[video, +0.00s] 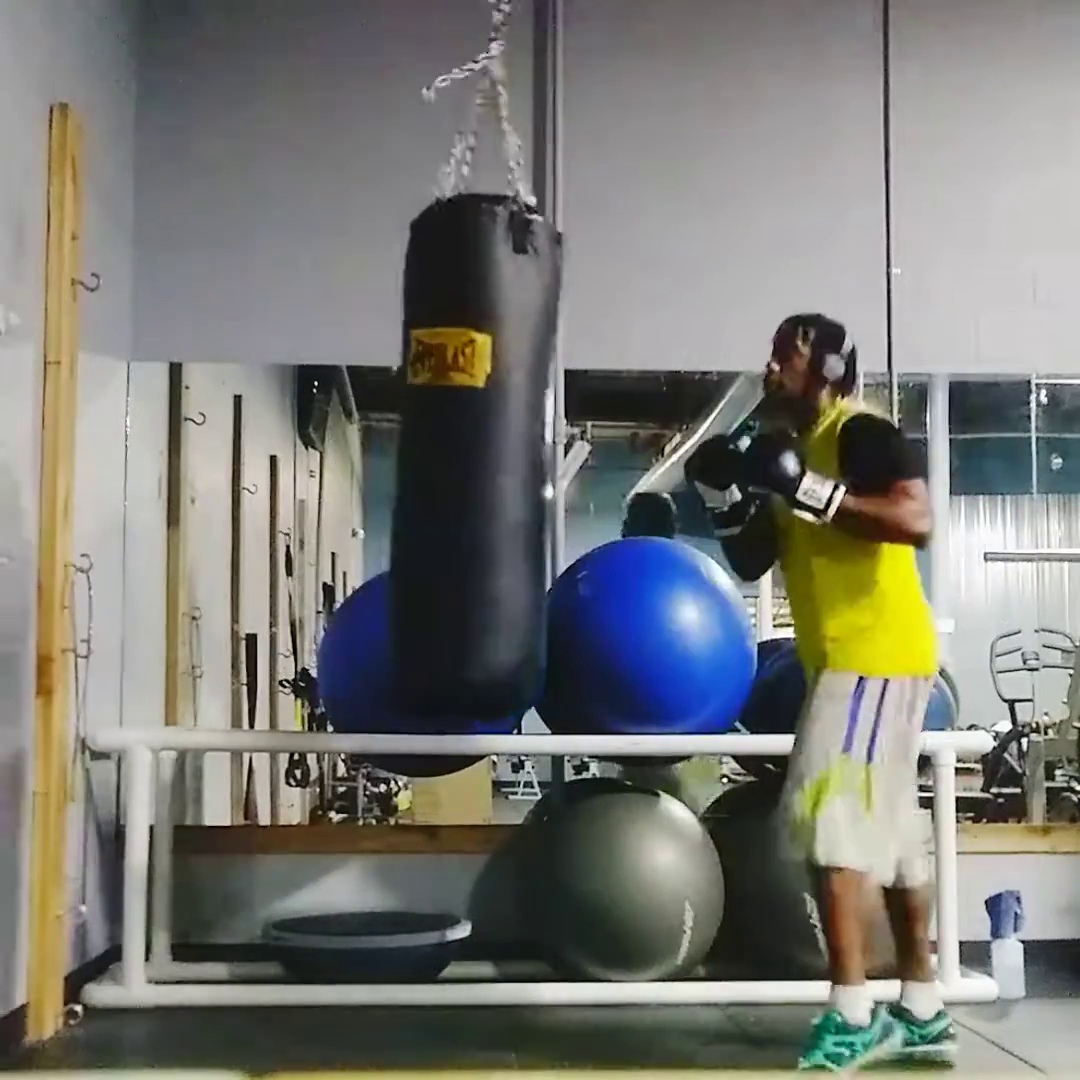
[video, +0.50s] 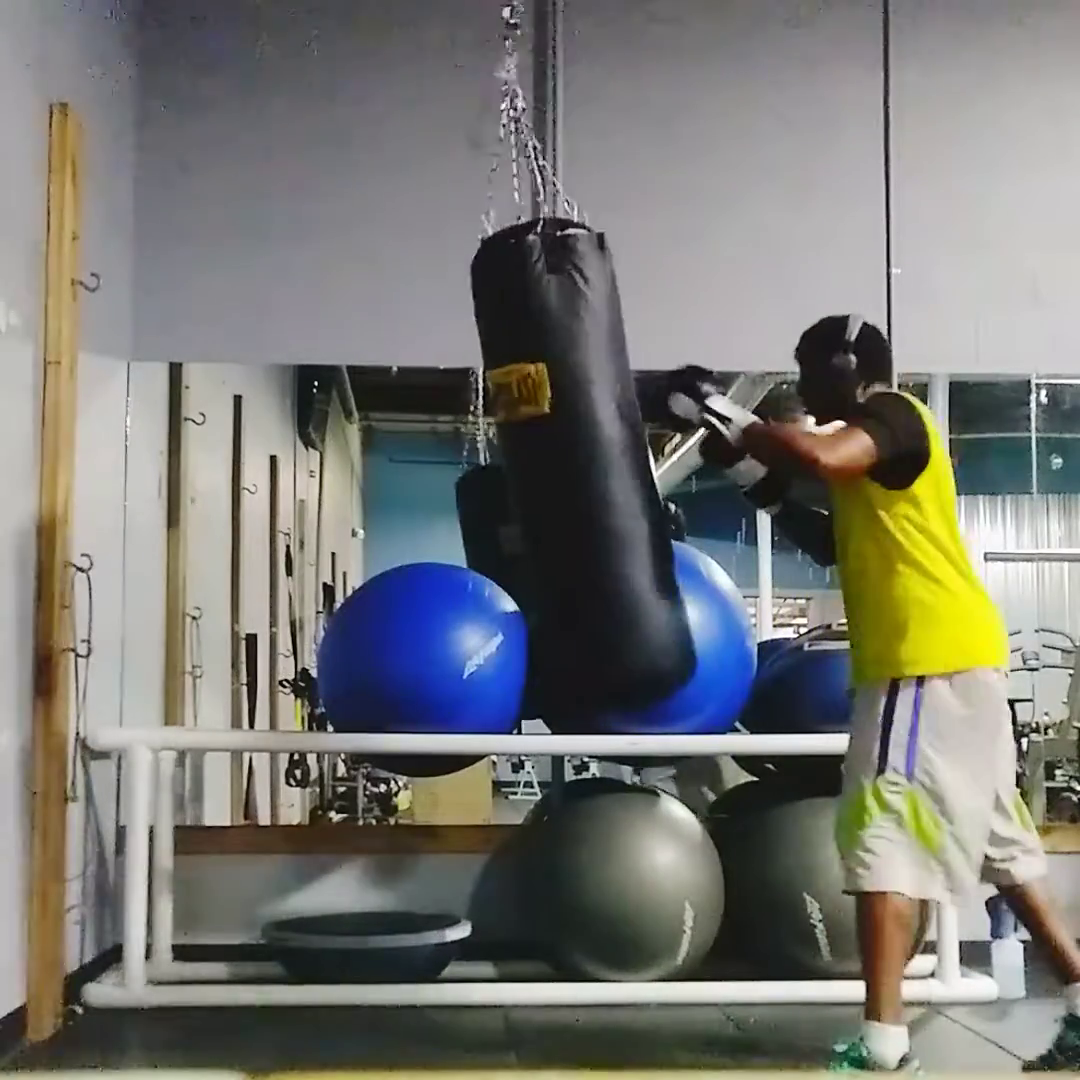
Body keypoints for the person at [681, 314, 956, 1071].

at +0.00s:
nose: (770, 367)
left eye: (784, 356)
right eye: (772, 355)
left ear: (824, 367)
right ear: (803, 367)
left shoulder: (861, 429)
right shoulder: (789, 445)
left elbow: (915, 520)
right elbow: (752, 561)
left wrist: (804, 485)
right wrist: (727, 498)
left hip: (876, 656)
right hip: (850, 657)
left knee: (832, 824)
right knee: (894, 836)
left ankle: (850, 1015)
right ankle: (923, 1013)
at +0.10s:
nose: (778, 358)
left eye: (790, 346)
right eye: (781, 346)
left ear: (829, 353)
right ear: (811, 356)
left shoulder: (871, 412)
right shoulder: (794, 433)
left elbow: (921, 493)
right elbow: (750, 538)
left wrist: (806, 462)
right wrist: (735, 472)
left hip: (893, 637)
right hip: (867, 638)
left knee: (837, 810)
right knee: (925, 821)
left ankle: (850, 1010)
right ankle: (982, 998)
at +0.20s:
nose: (786, 384)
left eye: (797, 371)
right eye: (788, 372)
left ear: (840, 378)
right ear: (819, 380)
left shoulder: (892, 436)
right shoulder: (807, 460)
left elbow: (922, 509)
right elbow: (748, 546)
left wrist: (825, 464)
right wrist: (724, 476)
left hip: (910, 663)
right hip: (889, 664)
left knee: (850, 829)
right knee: (945, 841)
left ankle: (876, 1032)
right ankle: (1010, 1012)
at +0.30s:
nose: (772, 398)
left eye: (783, 385)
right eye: (776, 386)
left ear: (819, 390)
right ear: (825, 392)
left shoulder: (886, 440)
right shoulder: (820, 476)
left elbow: (898, 511)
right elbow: (779, 558)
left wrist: (817, 453)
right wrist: (738, 491)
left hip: (910, 669)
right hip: (933, 668)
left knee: (874, 839)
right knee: (956, 838)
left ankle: (884, 1036)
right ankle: (1011, 1010)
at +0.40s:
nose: (775, 395)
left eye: (783, 379)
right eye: (778, 382)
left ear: (823, 373)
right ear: (838, 375)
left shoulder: (870, 414)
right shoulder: (850, 446)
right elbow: (813, 553)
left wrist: (703, 422)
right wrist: (757, 497)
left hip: (919, 652)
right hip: (951, 647)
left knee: (896, 843)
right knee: (993, 835)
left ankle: (888, 1037)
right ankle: (1035, 1007)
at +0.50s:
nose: (801, 394)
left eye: (804, 378)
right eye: (800, 383)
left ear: (836, 371)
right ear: (870, 367)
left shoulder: (894, 414)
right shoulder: (879, 432)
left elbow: (819, 449)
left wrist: (749, 425)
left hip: (922, 659)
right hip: (957, 655)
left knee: (879, 837)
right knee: (1002, 842)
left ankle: (883, 1037)